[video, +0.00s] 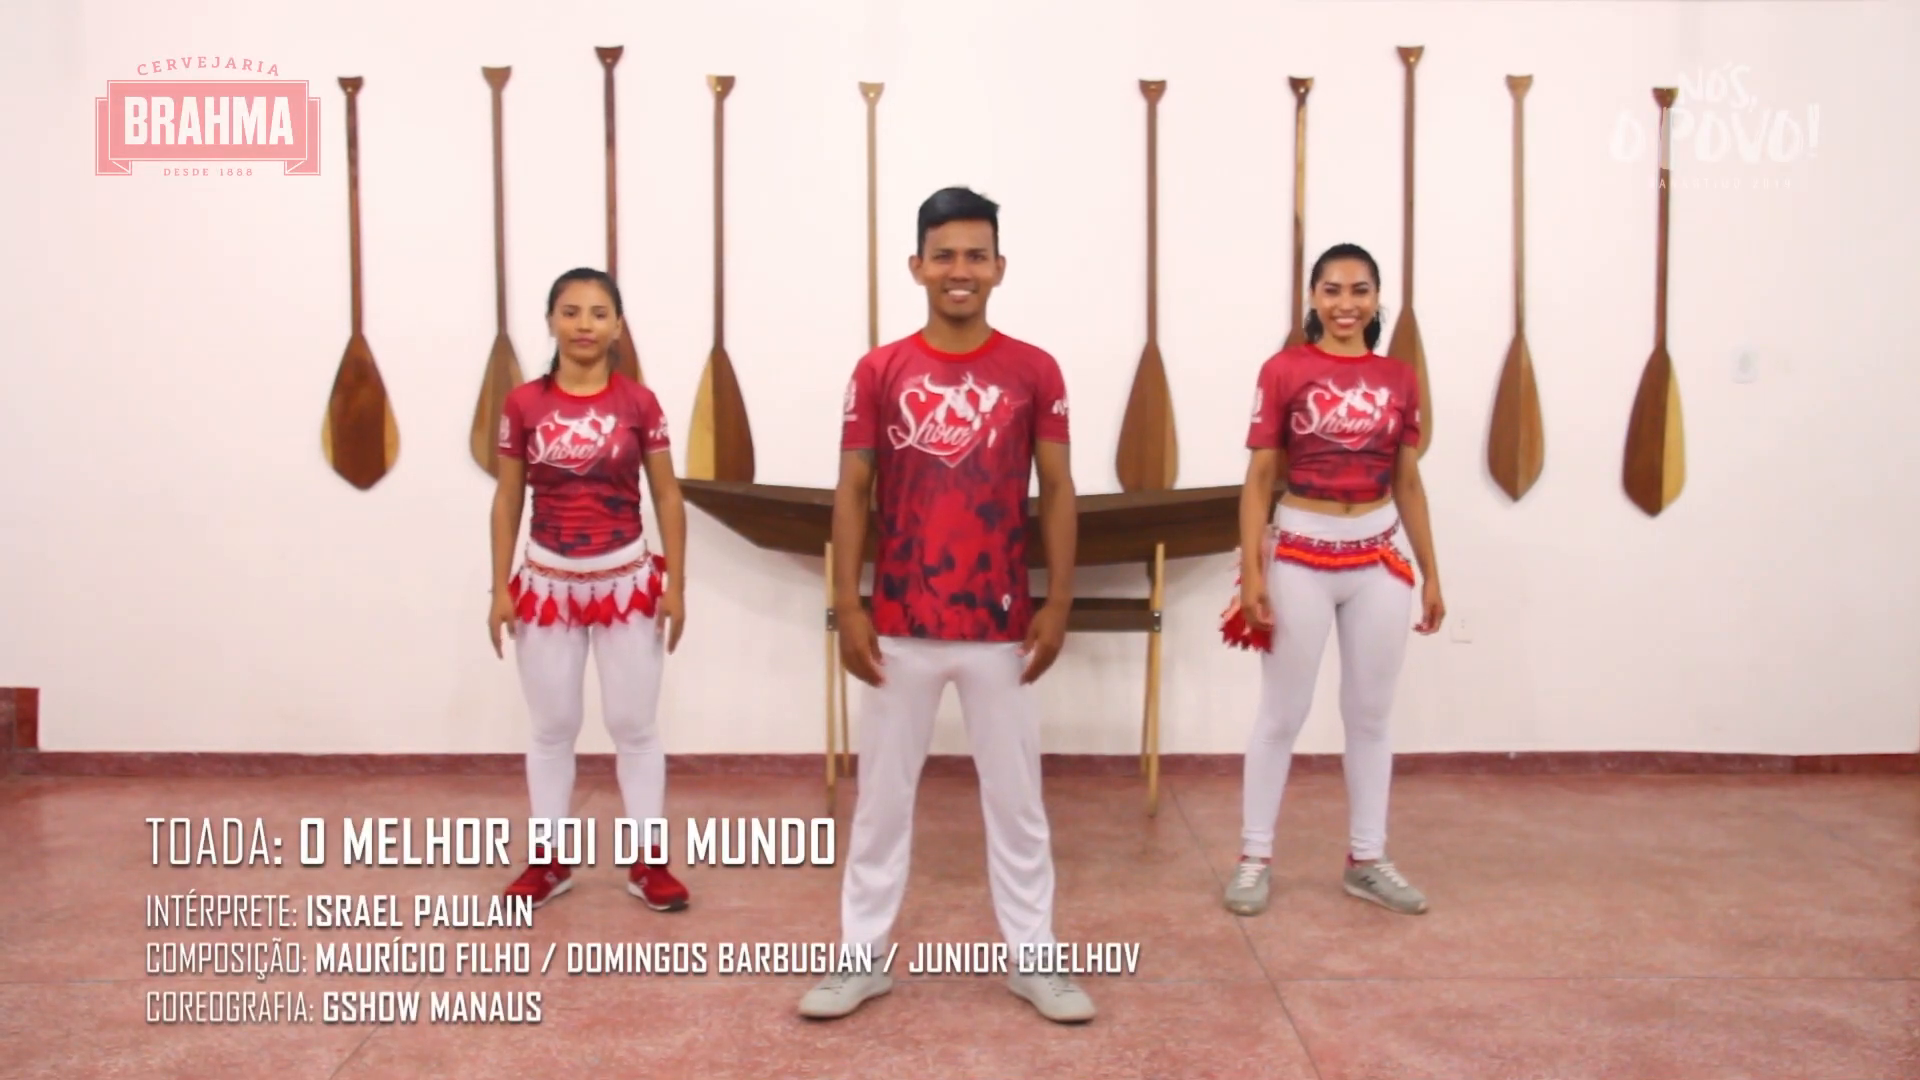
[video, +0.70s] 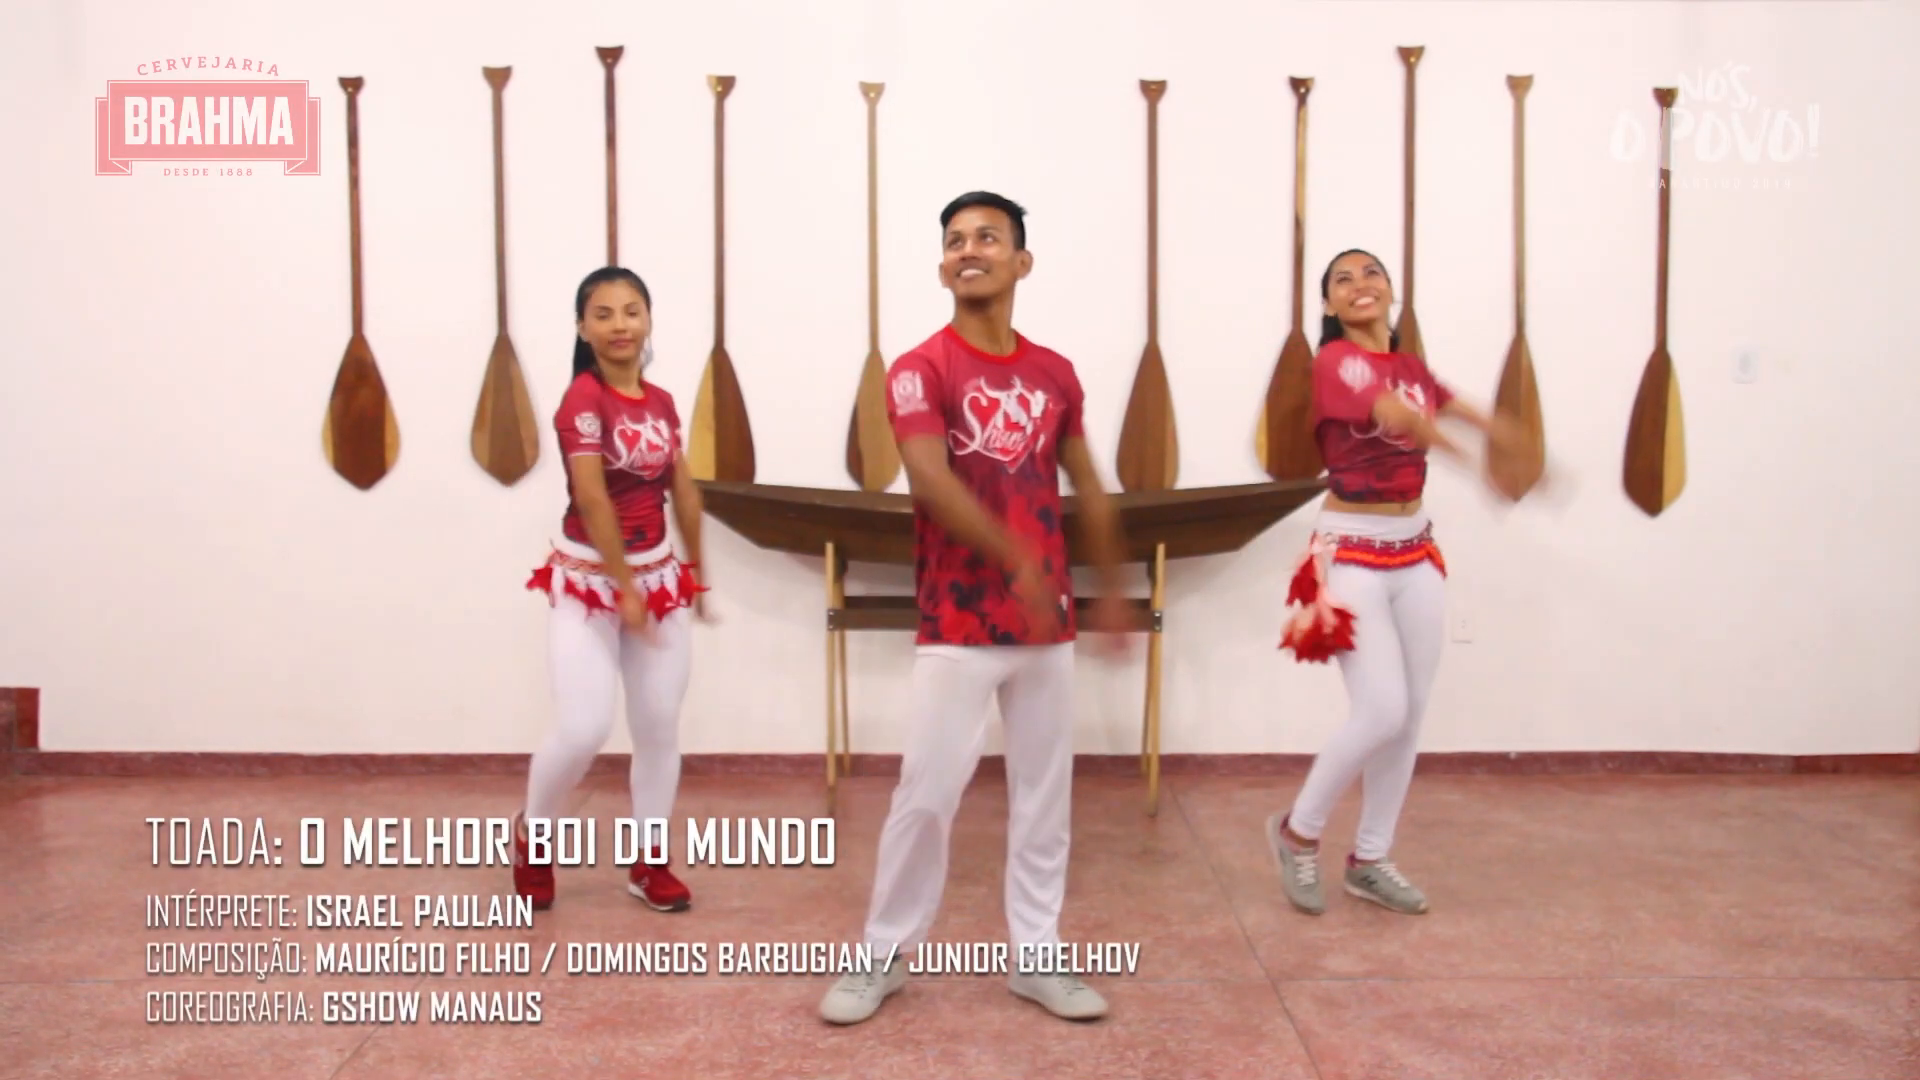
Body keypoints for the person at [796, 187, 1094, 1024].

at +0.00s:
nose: (962, 270)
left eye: (977, 255)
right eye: (946, 256)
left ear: (998, 266)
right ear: (919, 267)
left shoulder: (1034, 371)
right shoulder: (879, 373)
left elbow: (1058, 492)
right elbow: (852, 494)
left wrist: (1059, 601)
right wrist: (845, 605)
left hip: (999, 624)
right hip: (901, 623)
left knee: (1016, 799)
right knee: (881, 796)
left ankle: (1033, 954)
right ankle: (863, 953)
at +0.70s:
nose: (967, 250)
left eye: (986, 238)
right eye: (955, 240)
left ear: (1022, 262)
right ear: (941, 266)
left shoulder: (1054, 372)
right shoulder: (920, 367)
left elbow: (1087, 486)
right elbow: (930, 482)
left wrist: (1113, 587)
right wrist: (1020, 561)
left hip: (1043, 622)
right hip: (958, 624)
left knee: (1043, 799)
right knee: (927, 797)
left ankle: (1037, 954)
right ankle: (880, 951)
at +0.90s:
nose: (958, 245)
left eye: (977, 234)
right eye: (946, 236)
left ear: (1015, 258)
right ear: (934, 263)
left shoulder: (1055, 351)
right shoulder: (920, 355)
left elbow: (1140, 363)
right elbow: (889, 360)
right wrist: (952, 312)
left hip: (1035, 622)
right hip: (944, 622)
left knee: (1037, 803)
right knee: (890, 788)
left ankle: (1035, 955)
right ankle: (850, 959)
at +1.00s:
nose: (954, 248)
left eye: (973, 235)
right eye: (942, 238)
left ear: (1009, 258)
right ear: (929, 265)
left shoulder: (1043, 344)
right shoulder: (914, 352)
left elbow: (1147, 297)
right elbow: (872, 301)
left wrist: (1239, 233)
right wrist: (906, 206)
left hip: (1029, 623)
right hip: (935, 624)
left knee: (1033, 803)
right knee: (878, 798)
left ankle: (1035, 958)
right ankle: (819, 975)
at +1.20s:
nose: (922, 254)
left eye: (943, 242)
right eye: (912, 243)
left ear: (981, 265)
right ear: (899, 261)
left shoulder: (1006, 348)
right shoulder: (869, 349)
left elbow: (1077, 249)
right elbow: (803, 270)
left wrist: (1120, 138)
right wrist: (757, 163)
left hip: (994, 627)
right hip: (896, 630)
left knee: (1014, 805)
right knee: (850, 817)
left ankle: (1033, 956)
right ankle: (816, 998)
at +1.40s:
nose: (879, 241)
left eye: (901, 230)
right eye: (871, 228)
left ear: (942, 256)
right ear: (856, 249)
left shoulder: (960, 342)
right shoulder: (814, 342)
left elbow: (1017, 240)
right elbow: (718, 273)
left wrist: (1022, 118)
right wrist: (626, 197)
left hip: (939, 628)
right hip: (836, 630)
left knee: (996, 800)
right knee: (806, 824)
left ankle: (1043, 955)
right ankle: (811, 1002)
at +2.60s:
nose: (907, 254)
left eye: (927, 239)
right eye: (889, 238)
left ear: (960, 256)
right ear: (861, 254)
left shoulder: (986, 363)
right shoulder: (830, 348)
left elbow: (1058, 293)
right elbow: (755, 230)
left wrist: (1106, 190)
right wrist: (742, 90)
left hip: (946, 682)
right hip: (829, 672)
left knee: (984, 896)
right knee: (793, 848)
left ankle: (1006, 1068)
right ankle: (804, 1001)